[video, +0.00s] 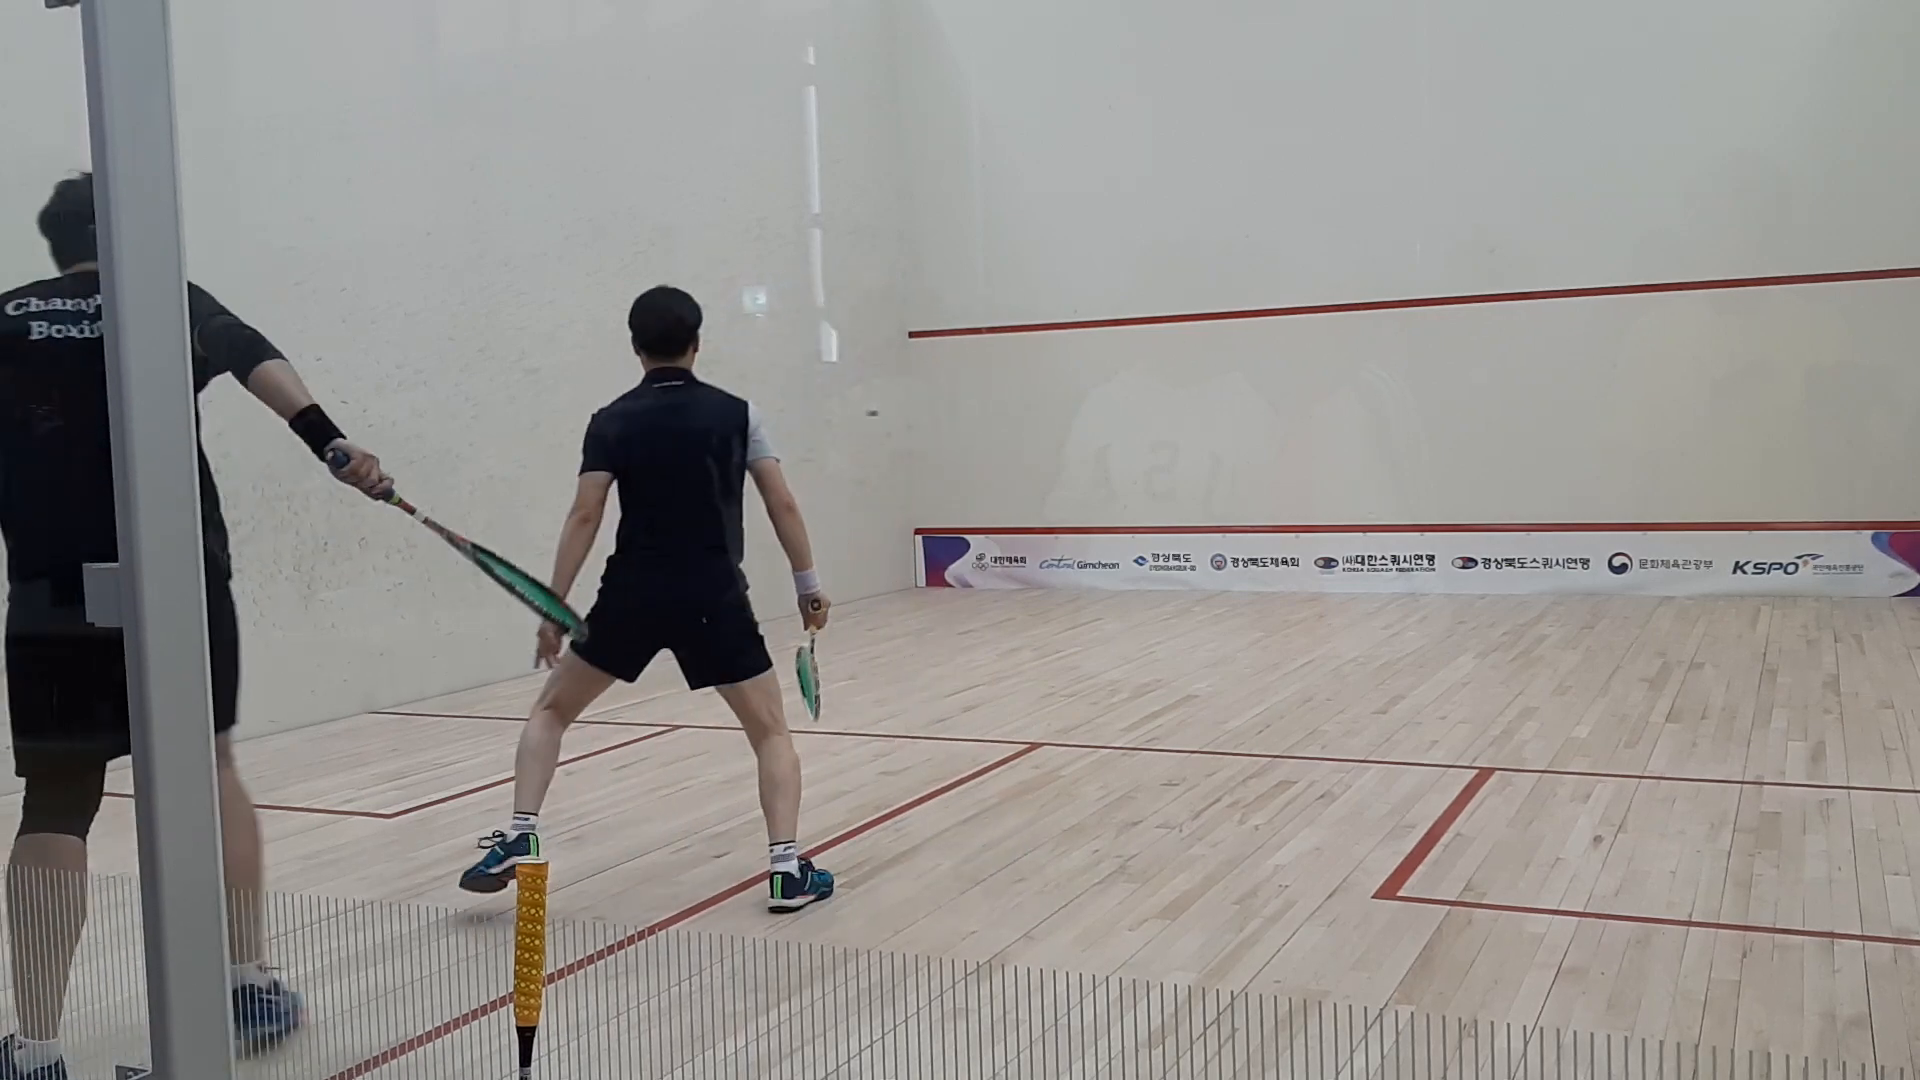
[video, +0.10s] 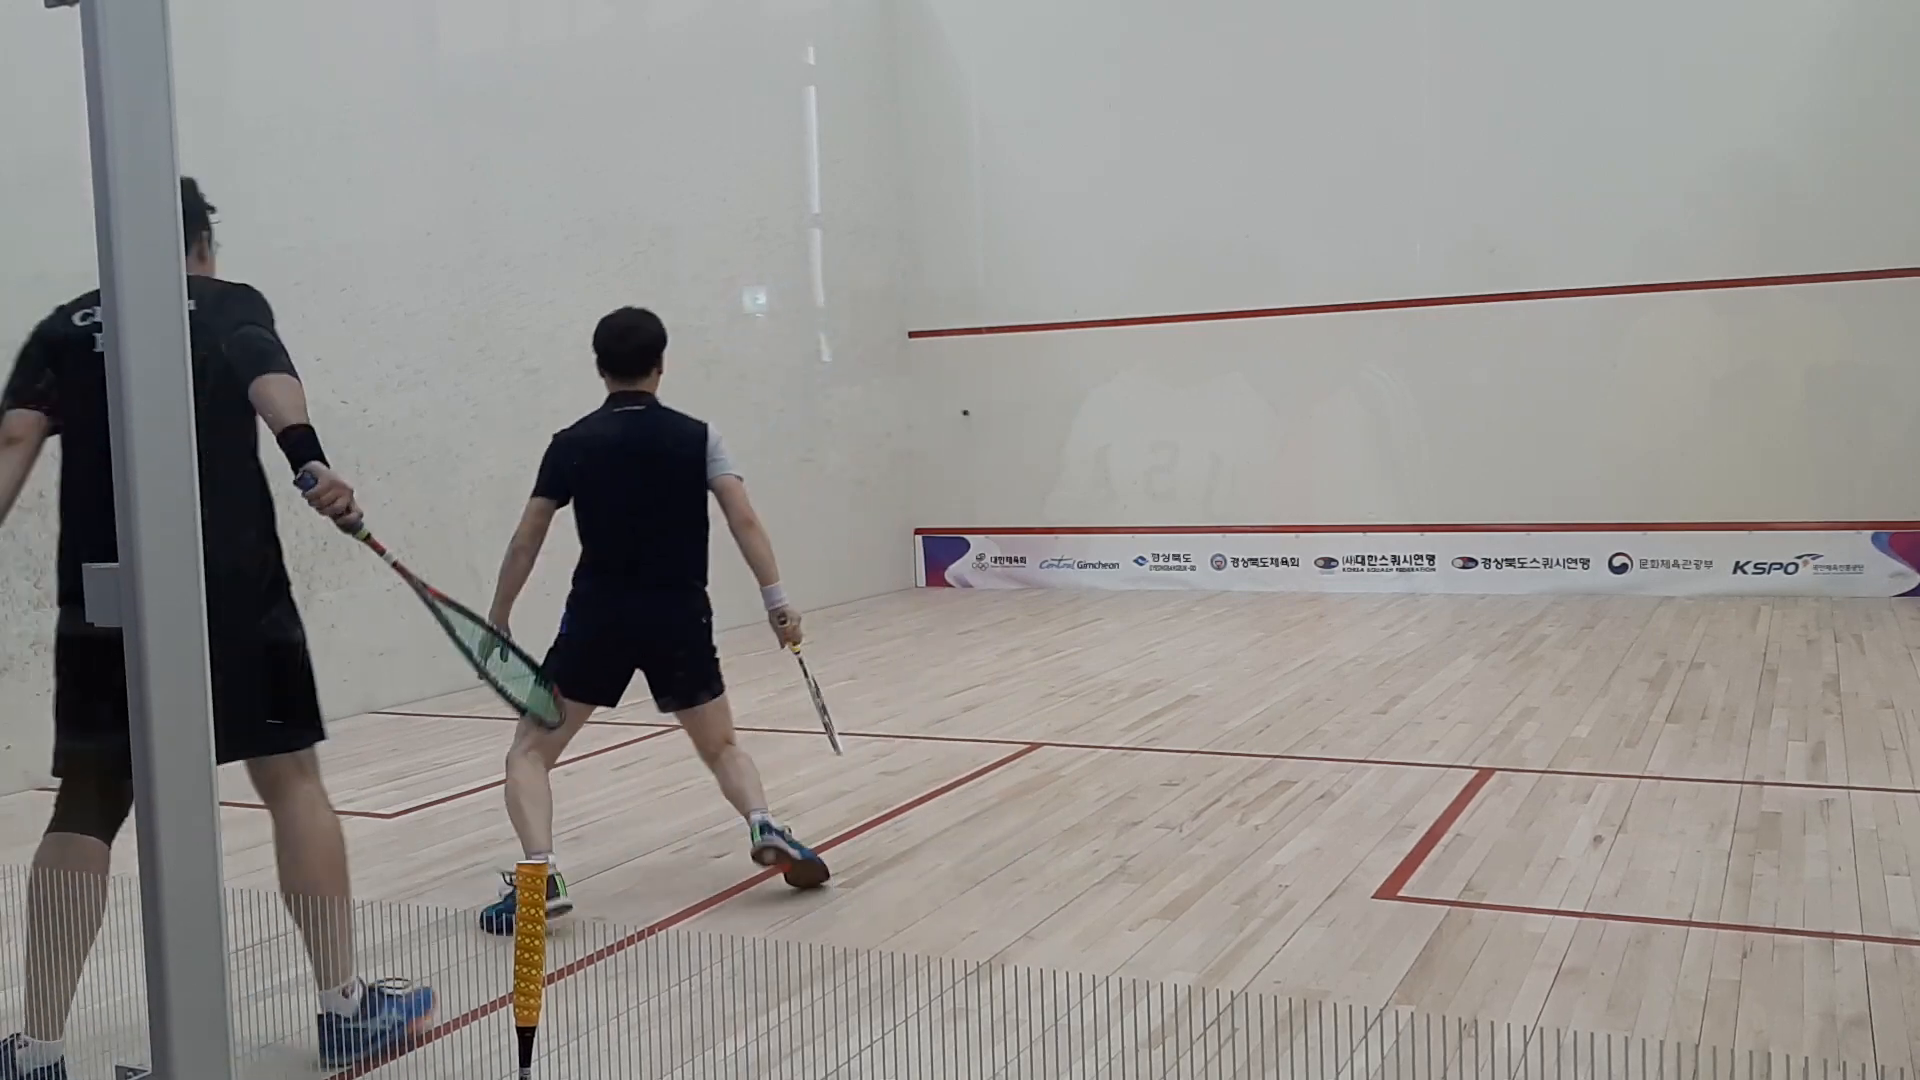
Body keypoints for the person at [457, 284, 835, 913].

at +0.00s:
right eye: (696, 336)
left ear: (634, 346)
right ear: (696, 344)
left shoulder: (613, 421)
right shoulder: (736, 413)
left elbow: (586, 516)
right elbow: (781, 504)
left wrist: (555, 609)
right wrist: (809, 586)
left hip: (630, 602)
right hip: (717, 604)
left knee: (553, 711)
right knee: (770, 732)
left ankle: (520, 834)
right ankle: (787, 865)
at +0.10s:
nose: (663, 364)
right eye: (663, 356)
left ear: (600, 367)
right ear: (660, 365)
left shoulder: (573, 443)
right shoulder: (697, 436)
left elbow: (528, 538)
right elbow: (744, 521)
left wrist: (497, 619)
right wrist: (776, 600)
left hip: (596, 629)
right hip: (679, 626)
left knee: (529, 755)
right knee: (723, 746)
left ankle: (540, 874)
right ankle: (764, 826)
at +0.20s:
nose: (621, 402)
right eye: (623, 393)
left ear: (563, 402)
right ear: (622, 399)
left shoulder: (536, 475)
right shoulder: (658, 463)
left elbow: (524, 561)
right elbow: (706, 532)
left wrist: (555, 605)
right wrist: (746, 611)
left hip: (582, 641)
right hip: (659, 631)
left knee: (513, 772)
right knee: (675, 714)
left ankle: (540, 893)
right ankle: (700, 790)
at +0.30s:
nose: (628, 398)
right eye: (631, 389)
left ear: (572, 395)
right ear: (628, 395)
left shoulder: (542, 459)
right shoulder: (655, 454)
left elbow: (533, 544)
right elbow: (716, 523)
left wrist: (573, 576)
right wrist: (759, 595)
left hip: (567, 611)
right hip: (641, 608)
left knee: (546, 736)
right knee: (658, 685)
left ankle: (539, 858)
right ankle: (653, 787)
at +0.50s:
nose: (635, 422)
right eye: (638, 416)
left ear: (592, 415)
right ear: (640, 419)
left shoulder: (561, 451)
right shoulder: (660, 470)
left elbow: (494, 479)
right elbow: (678, 556)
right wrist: (670, 610)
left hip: (562, 590)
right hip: (633, 593)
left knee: (556, 678)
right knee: (651, 703)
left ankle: (581, 768)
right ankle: (654, 796)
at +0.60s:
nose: (607, 418)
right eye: (609, 410)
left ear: (563, 410)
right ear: (611, 412)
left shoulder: (542, 449)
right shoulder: (632, 460)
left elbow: (481, 495)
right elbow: (637, 526)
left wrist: (445, 522)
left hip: (568, 575)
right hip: (632, 573)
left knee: (564, 656)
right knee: (643, 675)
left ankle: (599, 747)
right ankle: (660, 751)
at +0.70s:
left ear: (546, 418)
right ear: (591, 420)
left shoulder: (538, 453)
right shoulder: (610, 459)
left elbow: (514, 498)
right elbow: (625, 524)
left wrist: (495, 549)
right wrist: (645, 580)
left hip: (572, 571)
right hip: (634, 569)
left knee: (567, 662)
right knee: (631, 675)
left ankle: (612, 748)